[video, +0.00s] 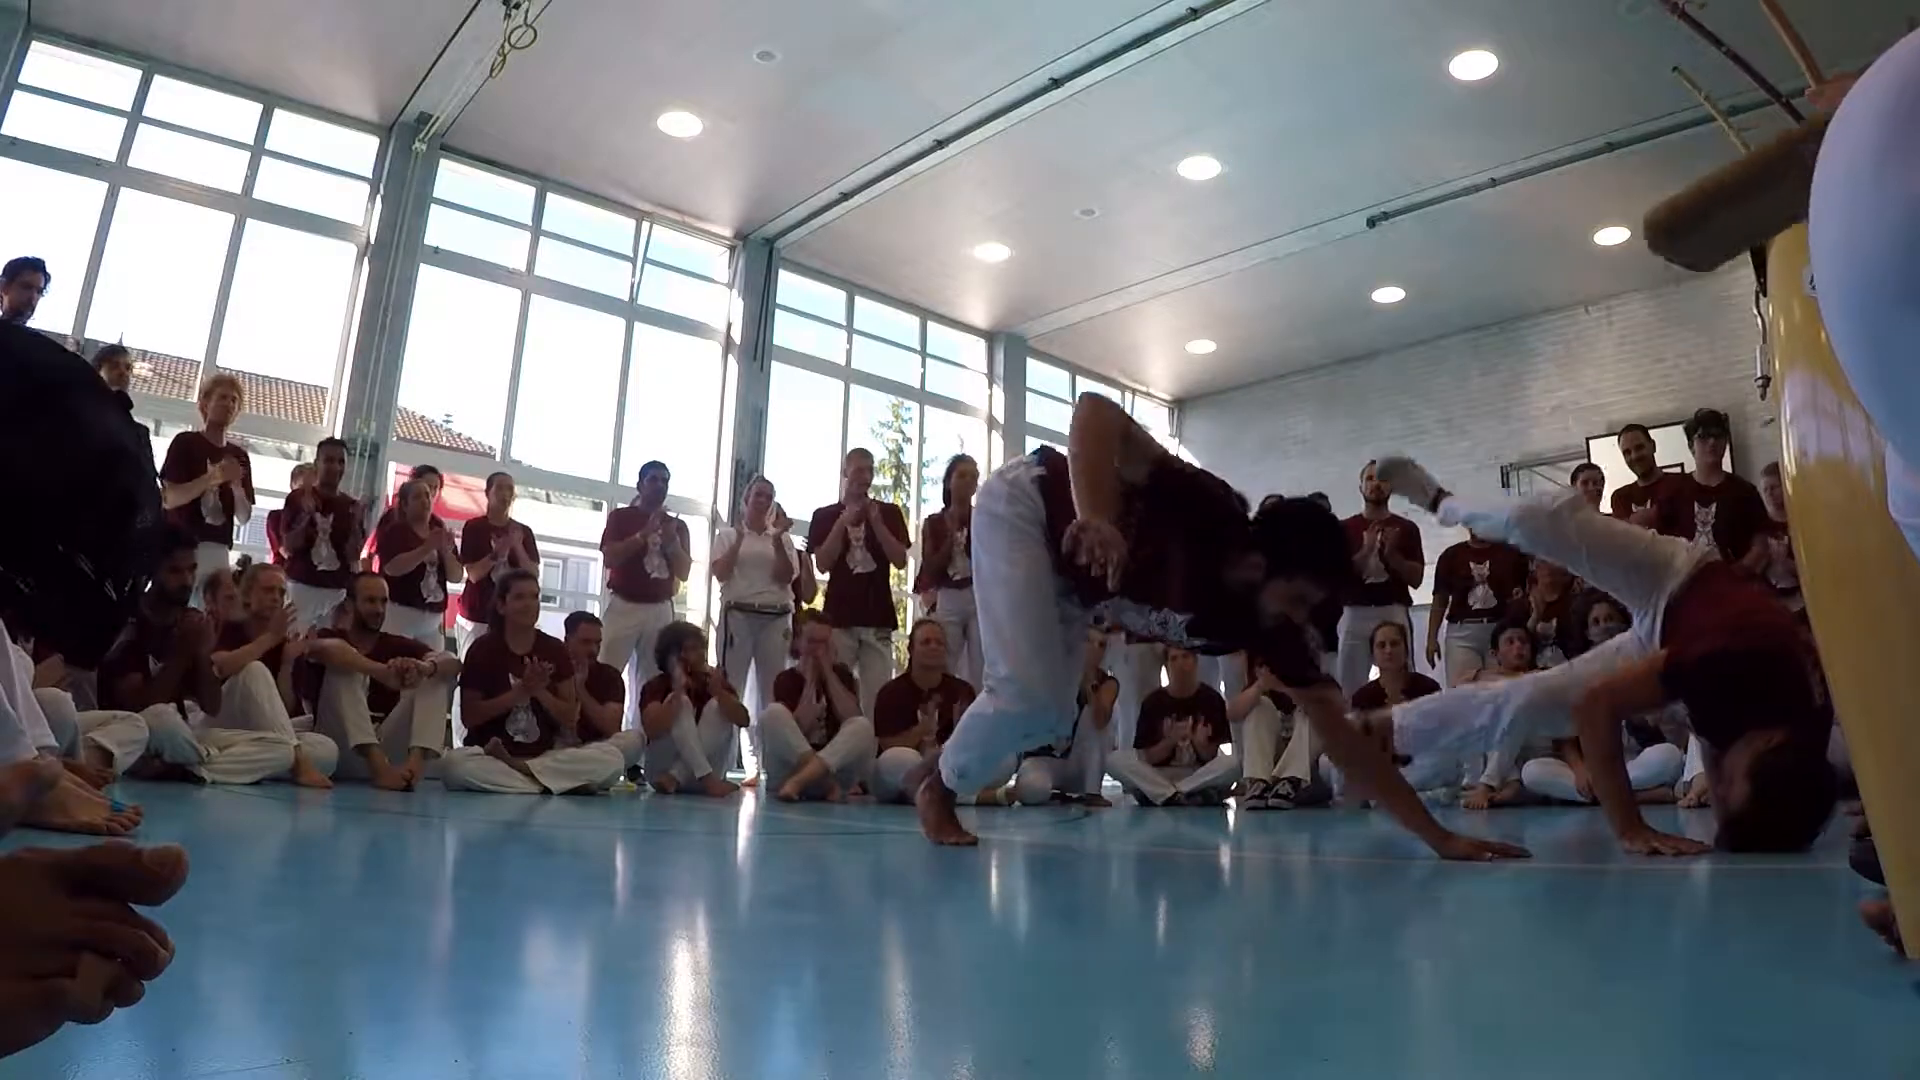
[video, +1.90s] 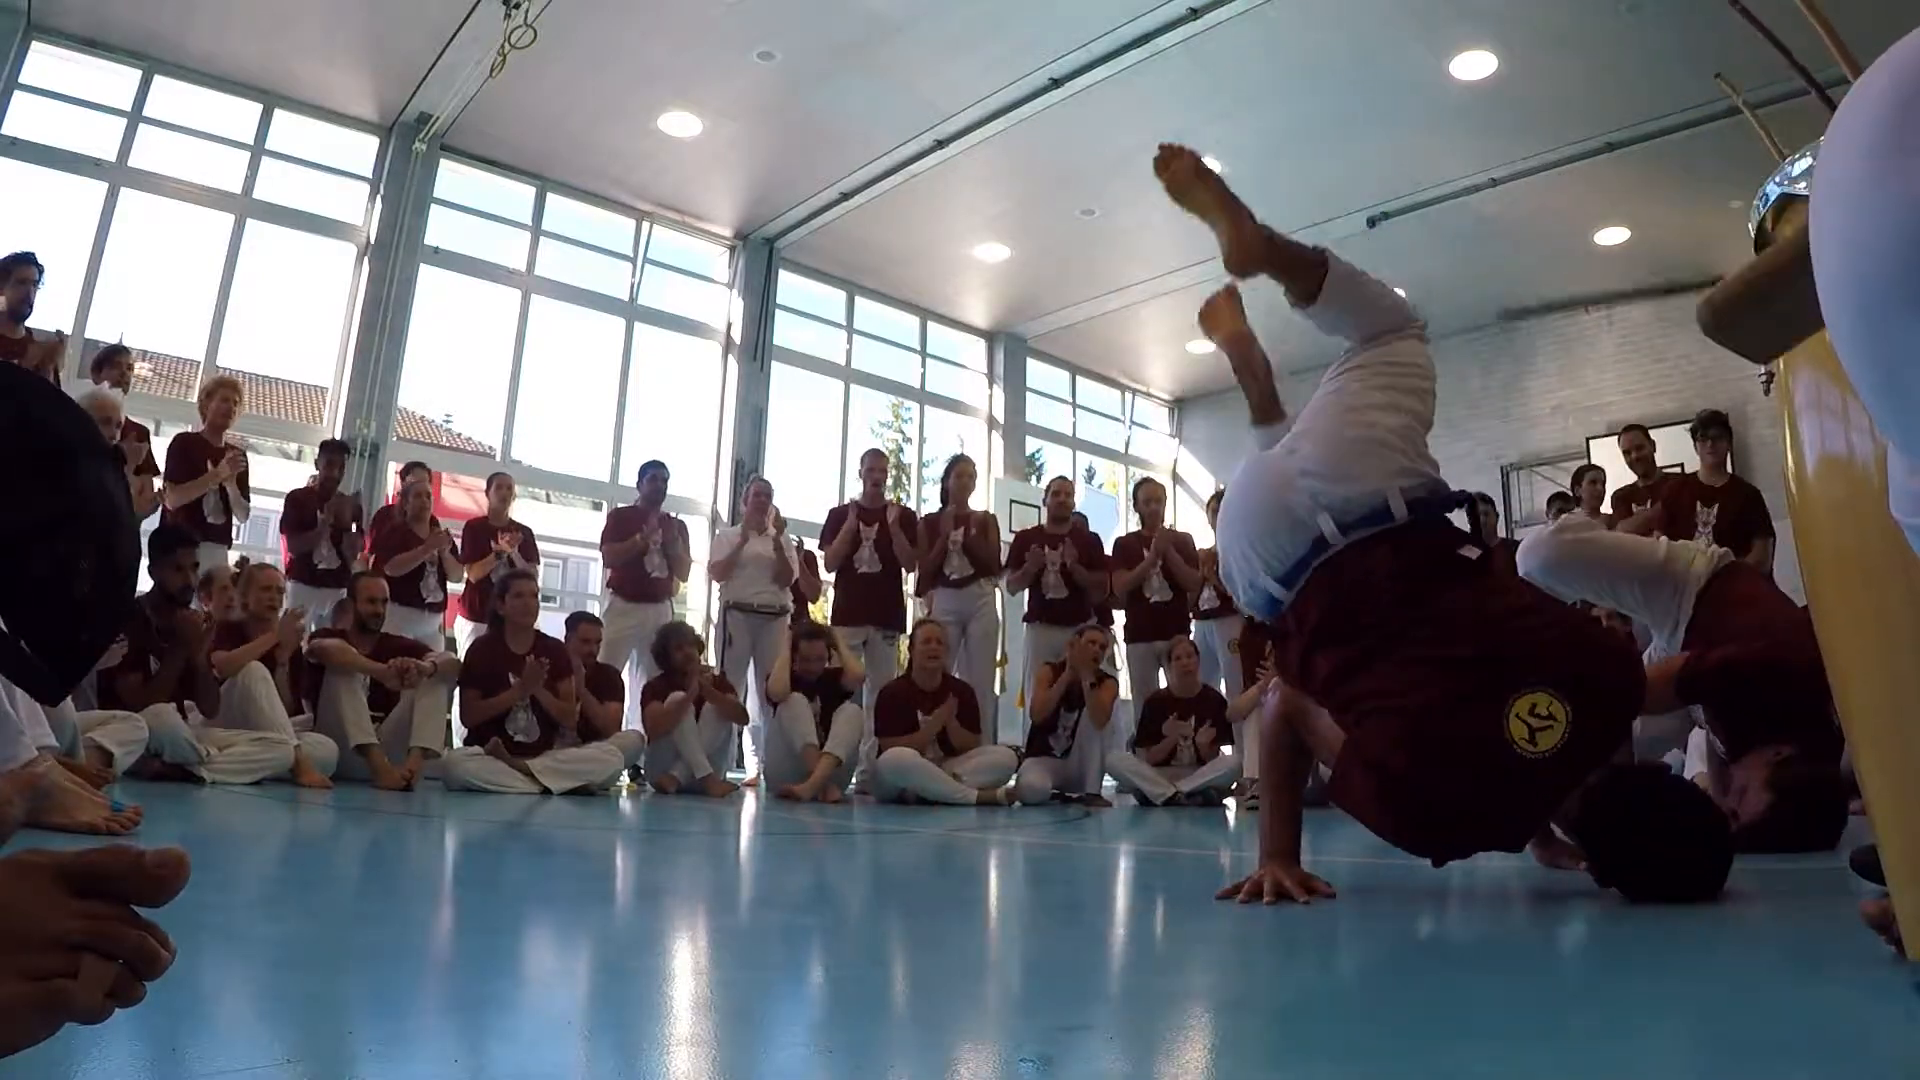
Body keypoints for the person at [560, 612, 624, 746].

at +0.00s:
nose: (593, 650)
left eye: (598, 643)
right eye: (586, 642)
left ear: (601, 643)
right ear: (567, 641)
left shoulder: (610, 675)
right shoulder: (552, 673)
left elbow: (611, 727)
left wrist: (581, 690)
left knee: (635, 738)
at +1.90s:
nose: (593, 650)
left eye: (597, 643)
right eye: (586, 642)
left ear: (601, 643)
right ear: (567, 640)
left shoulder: (609, 674)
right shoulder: (550, 672)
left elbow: (610, 729)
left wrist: (582, 692)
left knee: (634, 739)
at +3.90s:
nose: (591, 646)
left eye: (595, 639)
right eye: (583, 639)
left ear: (599, 640)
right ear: (565, 640)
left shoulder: (609, 675)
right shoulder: (550, 673)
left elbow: (611, 728)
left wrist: (582, 691)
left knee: (634, 738)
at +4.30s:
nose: (591, 646)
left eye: (596, 639)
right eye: (583, 639)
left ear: (600, 640)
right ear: (565, 640)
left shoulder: (609, 675)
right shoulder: (550, 673)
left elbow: (610, 729)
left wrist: (578, 690)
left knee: (634, 738)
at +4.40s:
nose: (592, 646)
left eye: (596, 639)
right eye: (583, 639)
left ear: (600, 640)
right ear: (565, 640)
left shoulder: (610, 675)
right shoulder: (550, 672)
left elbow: (609, 729)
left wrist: (578, 701)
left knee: (634, 738)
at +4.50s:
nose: (592, 646)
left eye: (596, 639)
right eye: (583, 639)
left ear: (600, 640)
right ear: (566, 639)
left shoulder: (609, 675)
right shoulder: (551, 673)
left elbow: (610, 728)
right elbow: (570, 722)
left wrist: (579, 696)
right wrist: (549, 687)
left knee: (633, 738)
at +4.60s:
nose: (593, 647)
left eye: (596, 639)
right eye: (584, 640)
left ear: (600, 640)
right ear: (565, 641)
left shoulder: (610, 674)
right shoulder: (552, 674)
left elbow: (609, 728)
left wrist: (582, 696)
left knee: (634, 738)